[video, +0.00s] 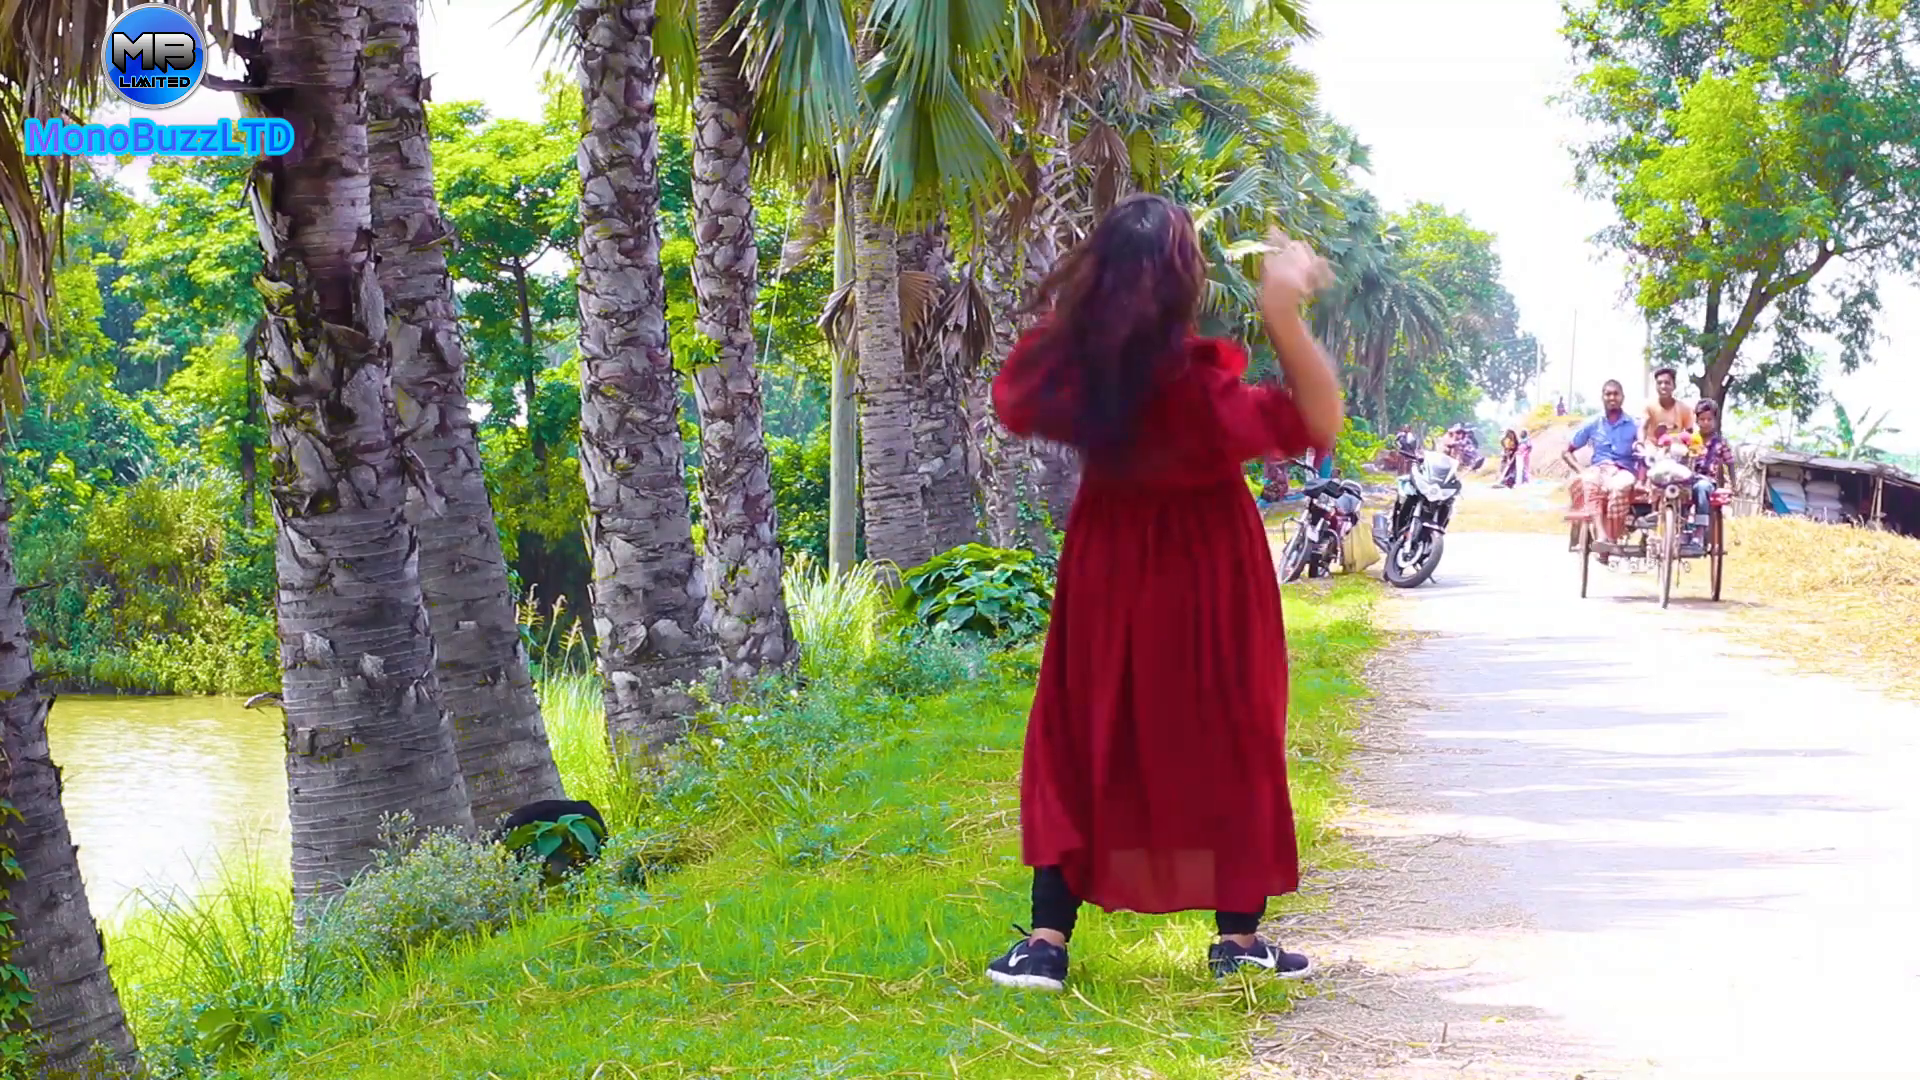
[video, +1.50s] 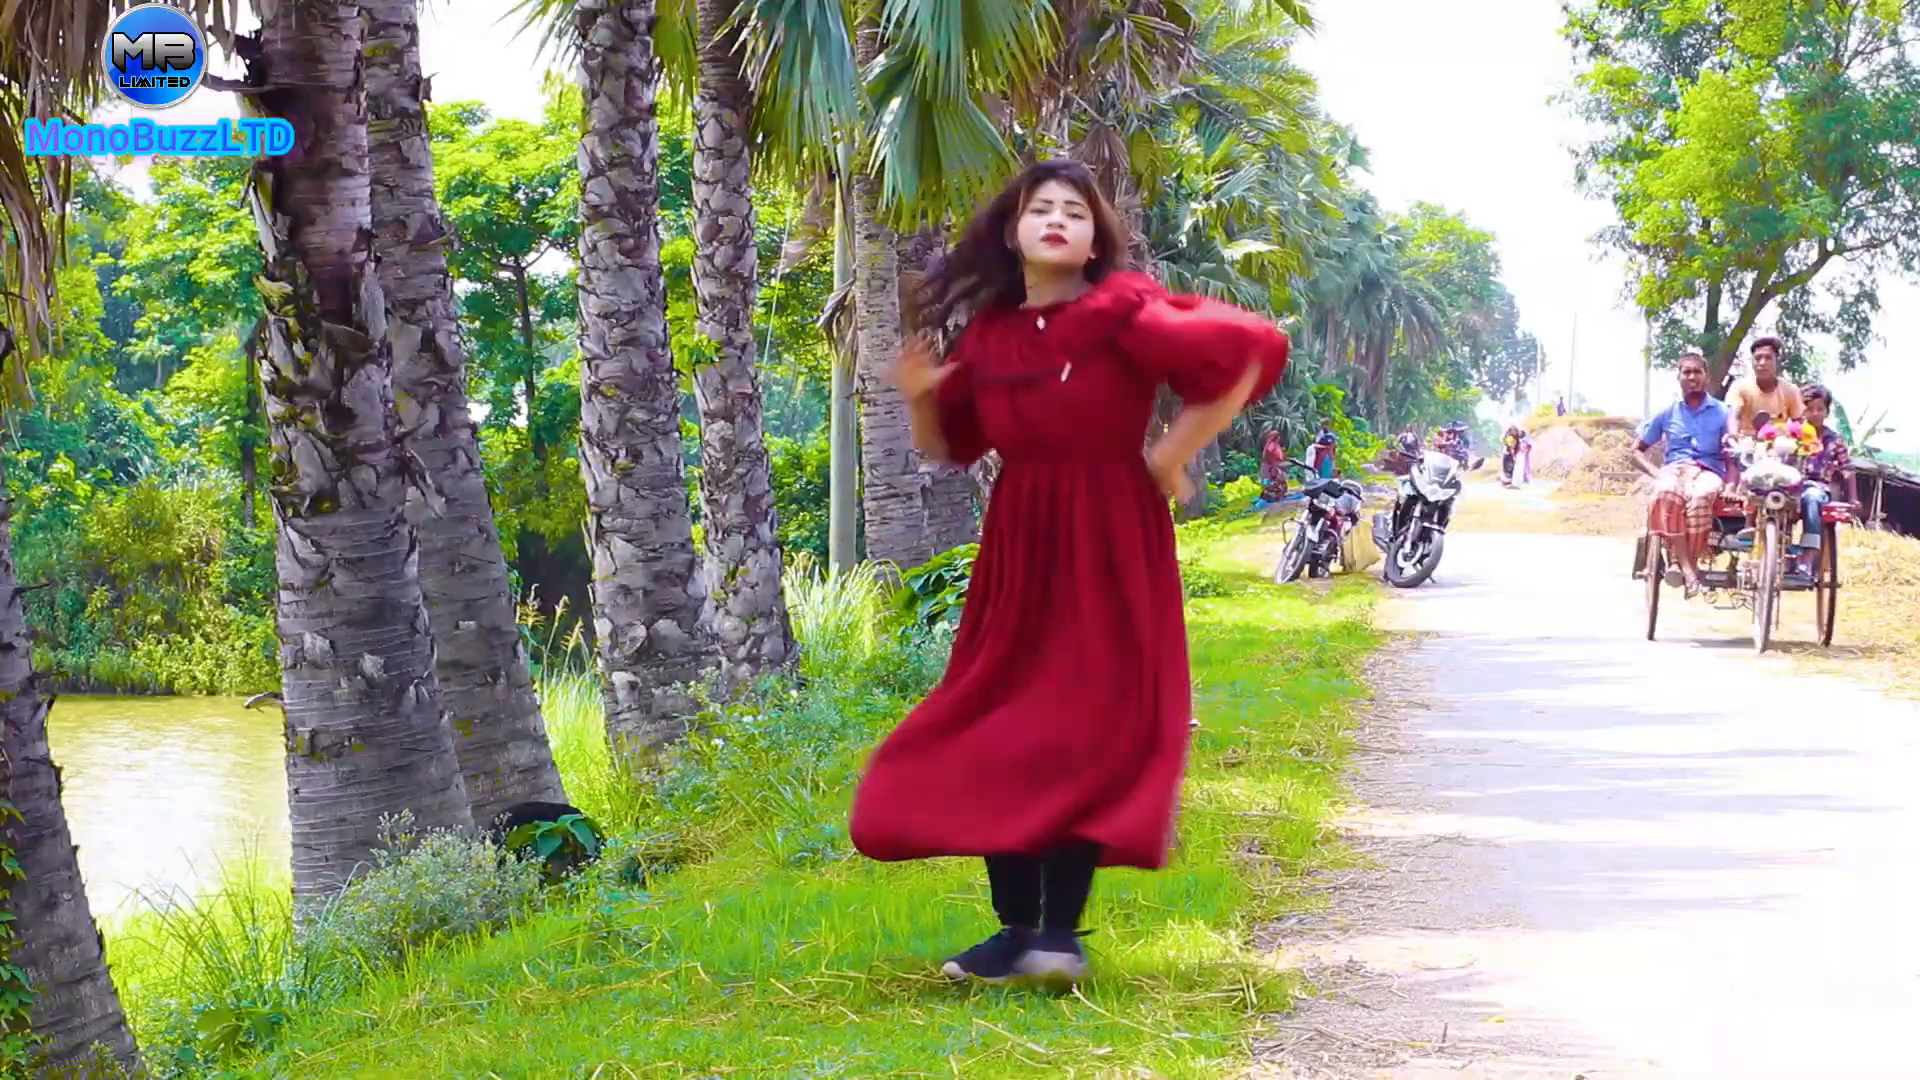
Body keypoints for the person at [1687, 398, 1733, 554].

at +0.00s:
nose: (1705, 423)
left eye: (1709, 419)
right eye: (1702, 419)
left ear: (1716, 420)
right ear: (1697, 420)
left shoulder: (1719, 442)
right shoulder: (1691, 439)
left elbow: (1730, 464)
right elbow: (1681, 459)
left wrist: (1733, 484)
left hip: (1709, 477)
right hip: (1689, 475)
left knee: (1700, 487)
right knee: (1677, 489)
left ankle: (1699, 532)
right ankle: (1681, 529)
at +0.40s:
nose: (1729, 423)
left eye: (1733, 419)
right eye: (1725, 418)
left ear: (1739, 420)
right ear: (1719, 420)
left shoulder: (1744, 443)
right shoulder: (1711, 438)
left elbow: (1755, 467)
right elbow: (1701, 460)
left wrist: (1755, 492)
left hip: (1732, 480)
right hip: (1709, 479)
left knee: (1725, 490)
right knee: (1693, 490)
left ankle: (1721, 538)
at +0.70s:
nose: (1750, 420)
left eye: (1754, 417)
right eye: (1746, 416)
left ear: (1760, 419)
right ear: (1739, 418)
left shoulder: (1765, 443)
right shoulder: (1731, 438)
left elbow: (1777, 468)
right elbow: (1719, 459)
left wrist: (1781, 492)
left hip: (1752, 482)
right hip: (1728, 479)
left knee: (1745, 493)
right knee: (1712, 493)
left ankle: (1743, 543)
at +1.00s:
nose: (1773, 419)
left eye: (1778, 415)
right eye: (1769, 414)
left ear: (1784, 418)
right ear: (1762, 416)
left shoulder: (1789, 443)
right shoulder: (1753, 437)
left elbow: (1801, 469)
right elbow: (1739, 460)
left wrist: (1805, 495)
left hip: (1772, 483)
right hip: (1749, 482)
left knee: (1766, 495)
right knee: (1731, 495)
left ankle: (1763, 549)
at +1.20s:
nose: (1788, 418)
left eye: (1793, 413)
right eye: (1784, 413)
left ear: (1801, 416)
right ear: (1777, 415)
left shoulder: (1806, 442)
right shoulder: (1769, 437)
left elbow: (1819, 471)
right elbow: (1757, 462)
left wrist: (1824, 497)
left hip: (1792, 483)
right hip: (1766, 482)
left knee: (1785, 496)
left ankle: (1779, 553)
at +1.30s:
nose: (1797, 416)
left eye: (1801, 411)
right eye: (1792, 411)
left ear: (1809, 413)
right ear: (1786, 414)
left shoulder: (1816, 441)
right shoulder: (1777, 436)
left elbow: (1829, 471)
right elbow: (1764, 462)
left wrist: (1834, 498)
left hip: (1799, 483)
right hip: (1774, 482)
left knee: (1794, 496)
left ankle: (1789, 553)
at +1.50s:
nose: (1815, 414)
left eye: (1820, 409)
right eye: (1810, 409)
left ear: (1827, 412)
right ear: (1803, 411)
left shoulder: (1833, 440)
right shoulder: (1793, 433)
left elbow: (1847, 470)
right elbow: (1778, 459)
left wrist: (1852, 498)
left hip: (1818, 483)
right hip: (1790, 481)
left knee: (1810, 497)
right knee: (1770, 497)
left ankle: (1805, 561)